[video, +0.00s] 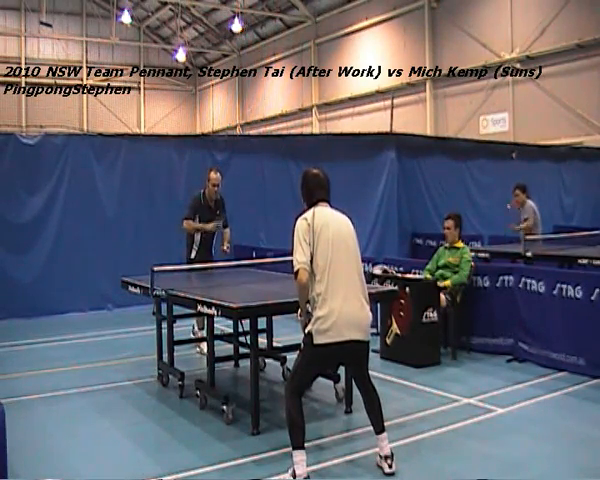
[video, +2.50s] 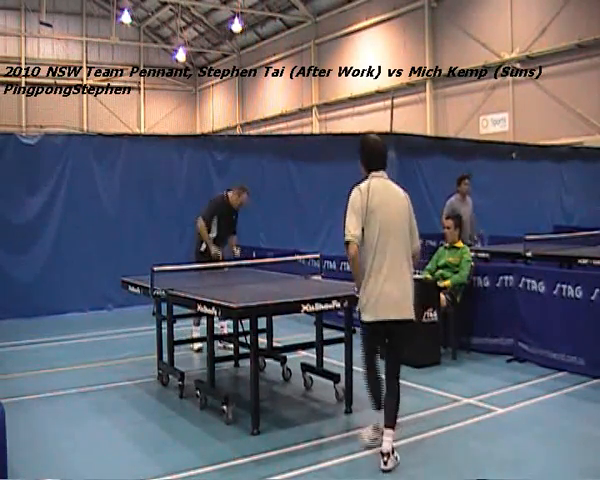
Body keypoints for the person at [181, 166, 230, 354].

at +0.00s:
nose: (215, 189)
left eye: (218, 185)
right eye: (213, 185)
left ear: (221, 185)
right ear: (206, 184)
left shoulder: (220, 201)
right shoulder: (197, 200)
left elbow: (225, 226)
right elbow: (187, 224)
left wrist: (225, 242)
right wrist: (207, 227)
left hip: (208, 253)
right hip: (195, 253)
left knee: (207, 294)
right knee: (199, 295)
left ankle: (199, 331)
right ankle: (199, 332)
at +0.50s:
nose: (219, 183)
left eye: (221, 180)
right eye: (216, 179)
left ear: (221, 181)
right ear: (208, 179)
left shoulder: (215, 197)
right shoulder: (200, 197)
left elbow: (216, 217)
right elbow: (208, 216)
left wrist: (225, 222)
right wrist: (224, 206)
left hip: (206, 251)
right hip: (196, 252)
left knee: (207, 292)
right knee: (202, 294)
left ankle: (198, 325)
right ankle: (201, 333)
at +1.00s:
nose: (218, 185)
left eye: (221, 182)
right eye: (216, 181)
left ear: (223, 184)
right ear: (209, 178)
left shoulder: (217, 198)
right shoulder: (198, 188)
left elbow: (214, 226)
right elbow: (179, 178)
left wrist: (216, 246)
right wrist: (173, 185)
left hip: (204, 245)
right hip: (190, 245)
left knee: (202, 285)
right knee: (188, 287)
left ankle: (196, 325)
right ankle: (182, 328)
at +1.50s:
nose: (219, 190)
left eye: (220, 186)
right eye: (217, 185)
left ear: (217, 186)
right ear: (209, 183)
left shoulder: (213, 202)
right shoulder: (194, 200)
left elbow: (209, 230)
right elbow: (183, 224)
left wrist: (212, 251)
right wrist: (189, 250)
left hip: (205, 248)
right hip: (191, 249)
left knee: (209, 284)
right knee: (184, 292)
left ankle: (210, 330)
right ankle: (180, 332)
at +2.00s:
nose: (248, 232)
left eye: (251, 230)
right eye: (249, 229)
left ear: (246, 221)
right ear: (244, 222)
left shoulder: (237, 218)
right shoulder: (230, 226)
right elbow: (226, 254)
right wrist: (228, 277)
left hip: (218, 256)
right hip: (204, 256)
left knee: (222, 293)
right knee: (194, 294)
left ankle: (223, 330)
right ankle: (181, 329)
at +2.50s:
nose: (242, 204)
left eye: (243, 201)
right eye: (242, 200)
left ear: (239, 197)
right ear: (235, 194)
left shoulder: (234, 210)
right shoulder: (218, 203)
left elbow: (231, 232)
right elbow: (201, 222)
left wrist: (234, 247)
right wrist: (210, 245)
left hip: (219, 254)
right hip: (204, 253)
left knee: (223, 290)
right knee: (201, 292)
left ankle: (223, 332)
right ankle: (196, 333)